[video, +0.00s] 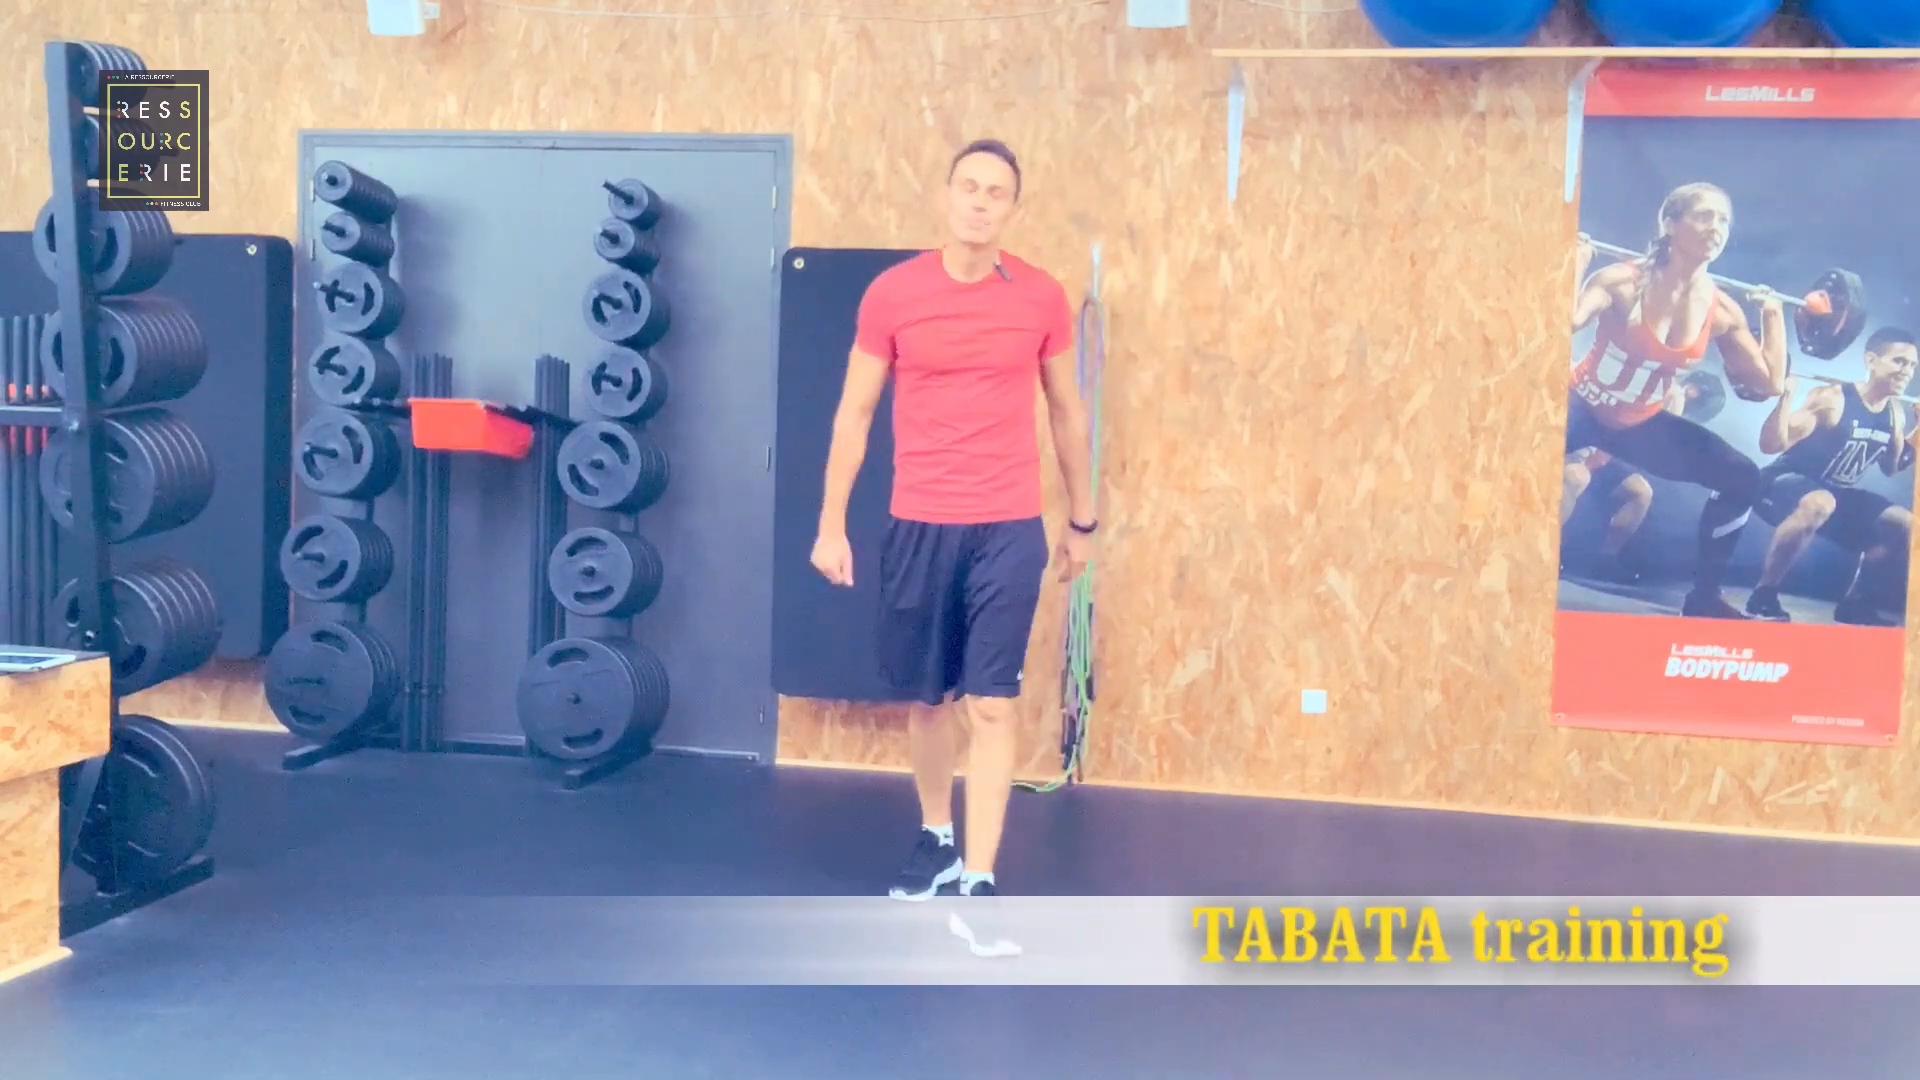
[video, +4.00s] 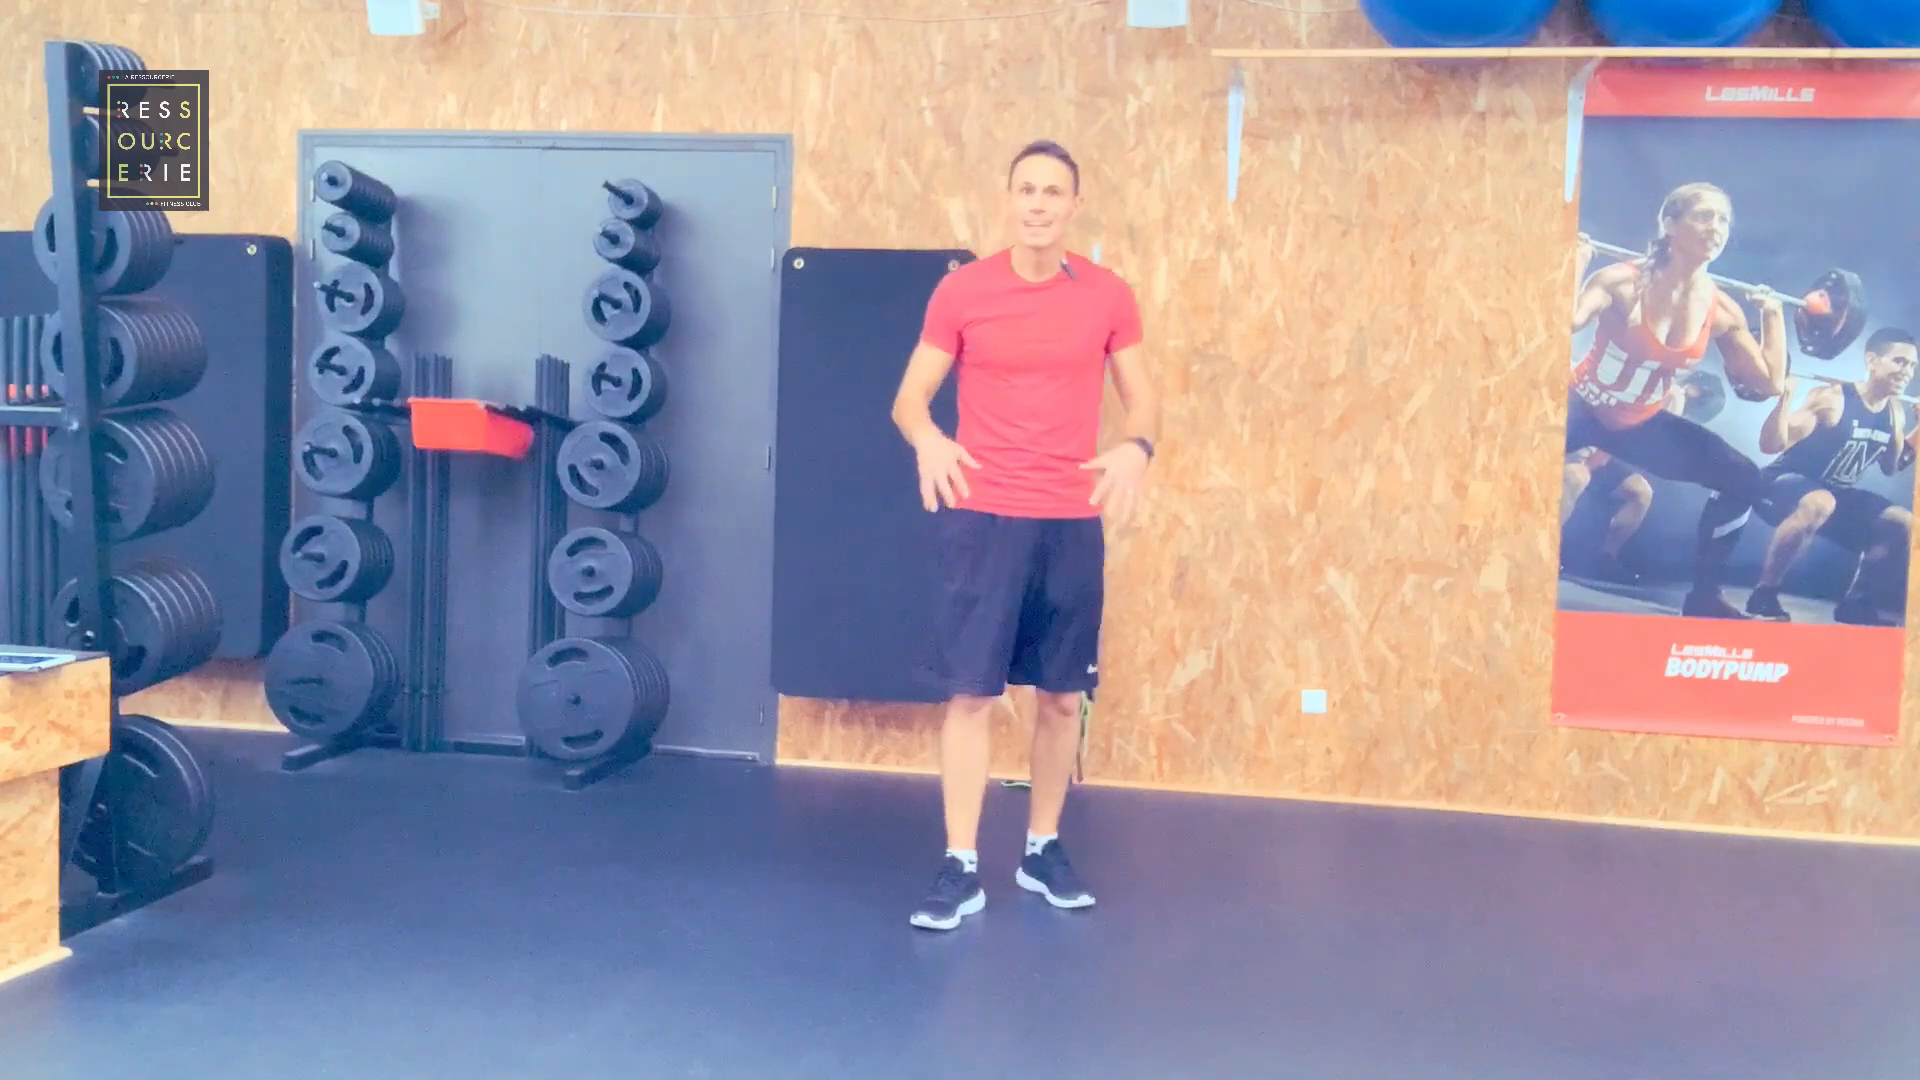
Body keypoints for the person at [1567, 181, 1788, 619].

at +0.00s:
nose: (1716, 228)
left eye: (1724, 221)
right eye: (1704, 216)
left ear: (1728, 234)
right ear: (1671, 224)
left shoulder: (1722, 310)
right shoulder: (1620, 279)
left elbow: (1768, 386)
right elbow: (1559, 324)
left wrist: (1773, 312)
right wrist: (1573, 269)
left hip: (1644, 425)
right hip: (1579, 409)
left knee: (1741, 477)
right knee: (1515, 447)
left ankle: (1705, 597)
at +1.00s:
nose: (1716, 228)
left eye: (1724, 220)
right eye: (1704, 216)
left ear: (1728, 234)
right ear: (1670, 224)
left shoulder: (1721, 310)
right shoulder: (1620, 280)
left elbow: (1769, 385)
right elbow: (1558, 325)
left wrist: (1773, 312)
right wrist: (1573, 268)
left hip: (1644, 425)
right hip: (1579, 408)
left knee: (1742, 478)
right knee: (1513, 451)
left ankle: (1705, 597)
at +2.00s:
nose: (1716, 228)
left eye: (1724, 221)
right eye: (1704, 216)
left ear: (1728, 234)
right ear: (1671, 224)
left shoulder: (1722, 310)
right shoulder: (1620, 280)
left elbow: (1769, 385)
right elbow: (1559, 325)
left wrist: (1773, 311)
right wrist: (1573, 270)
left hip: (1644, 425)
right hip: (1579, 409)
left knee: (1742, 477)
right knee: (1517, 446)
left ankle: (1705, 597)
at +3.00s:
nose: (1716, 228)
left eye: (1724, 221)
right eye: (1704, 216)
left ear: (1728, 234)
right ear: (1670, 224)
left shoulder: (1722, 310)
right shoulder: (1620, 279)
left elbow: (1769, 385)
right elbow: (1559, 325)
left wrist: (1773, 312)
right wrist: (1573, 269)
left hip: (1643, 424)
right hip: (1579, 408)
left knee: (1741, 477)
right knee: (1517, 447)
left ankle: (1705, 597)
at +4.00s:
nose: (1717, 228)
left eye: (1724, 220)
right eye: (1705, 216)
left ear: (1728, 233)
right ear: (1670, 224)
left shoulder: (1722, 311)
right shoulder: (1620, 279)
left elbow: (1769, 385)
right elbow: (1558, 326)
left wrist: (1773, 312)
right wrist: (1573, 269)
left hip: (1644, 425)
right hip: (1579, 409)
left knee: (1742, 477)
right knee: (1511, 450)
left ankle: (1705, 597)